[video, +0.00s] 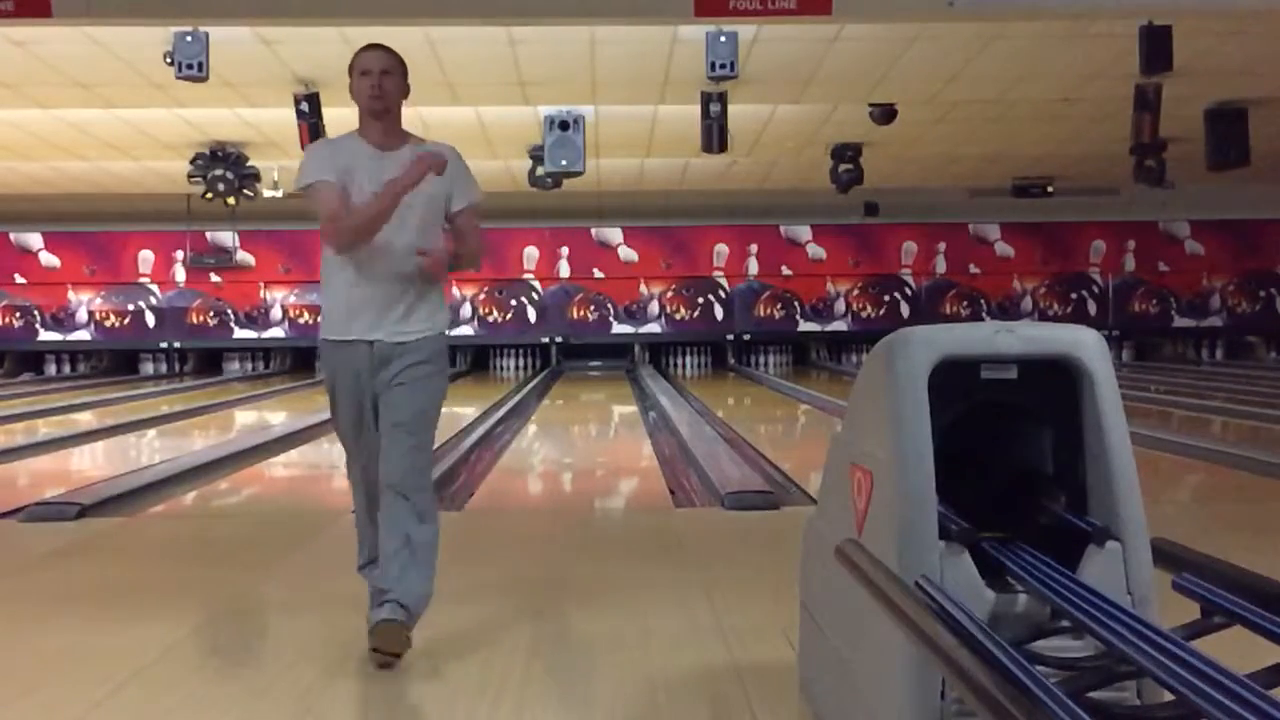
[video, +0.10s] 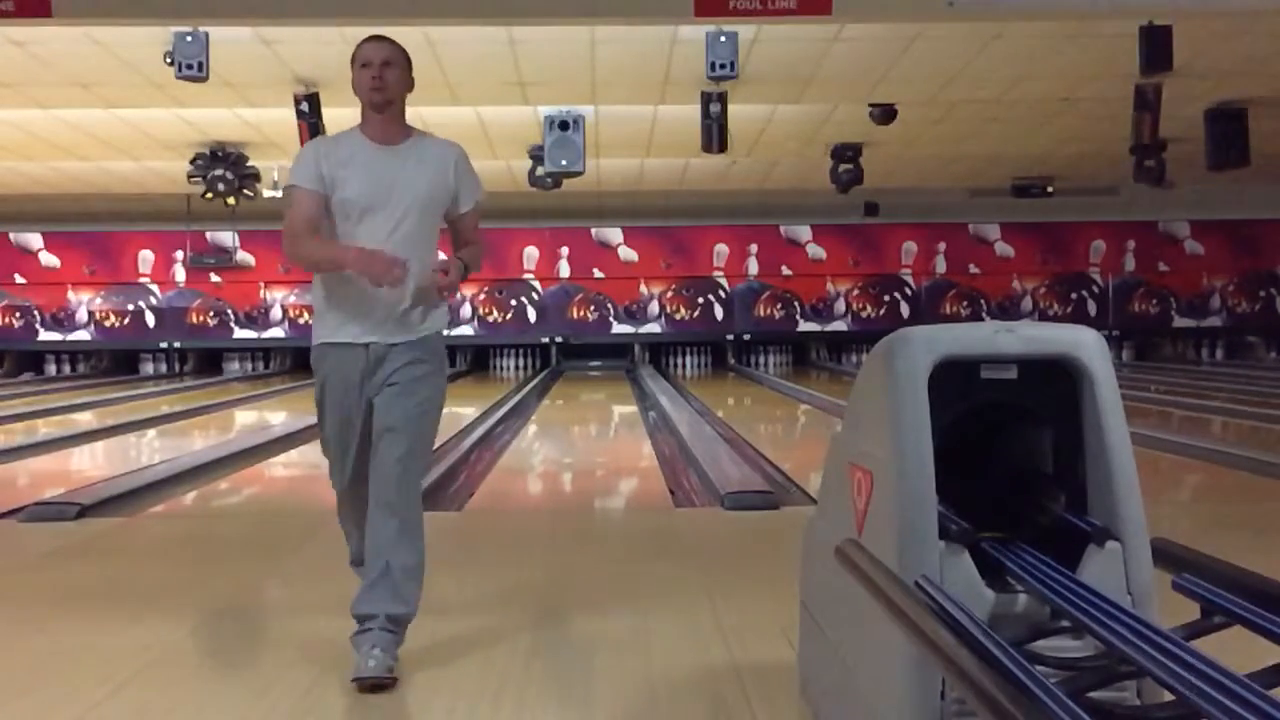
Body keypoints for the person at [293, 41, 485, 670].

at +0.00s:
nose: (375, 83)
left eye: (386, 74)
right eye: (364, 75)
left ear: (406, 88)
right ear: (351, 88)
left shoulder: (441, 160)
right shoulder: (326, 156)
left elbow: (472, 246)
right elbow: (342, 233)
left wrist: (451, 255)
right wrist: (406, 181)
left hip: (417, 338)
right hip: (347, 339)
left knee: (404, 473)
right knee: (366, 473)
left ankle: (396, 609)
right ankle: (381, 589)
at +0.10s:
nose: (375, 75)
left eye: (387, 65)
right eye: (365, 66)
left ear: (410, 80)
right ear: (352, 81)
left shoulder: (445, 159)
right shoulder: (320, 156)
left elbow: (471, 245)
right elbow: (297, 244)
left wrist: (458, 266)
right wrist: (355, 257)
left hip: (415, 345)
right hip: (341, 346)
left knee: (395, 486)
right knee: (352, 486)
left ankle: (379, 635)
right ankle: (377, 588)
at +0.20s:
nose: (373, 59)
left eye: (386, 49)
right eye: (363, 50)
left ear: (411, 66)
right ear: (350, 66)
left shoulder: (448, 150)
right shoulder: (315, 147)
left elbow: (471, 242)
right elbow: (284, 238)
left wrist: (455, 273)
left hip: (415, 343)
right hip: (334, 344)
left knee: (395, 490)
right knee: (331, 488)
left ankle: (378, 636)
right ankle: (367, 583)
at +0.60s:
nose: (345, 15)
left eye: (363, 6)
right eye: (334, 7)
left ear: (392, 25)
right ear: (321, 26)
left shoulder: (437, 117)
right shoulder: (287, 122)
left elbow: (471, 215)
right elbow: (258, 227)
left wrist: (462, 271)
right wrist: (241, 317)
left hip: (406, 351)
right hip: (313, 348)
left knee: (392, 511)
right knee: (327, 518)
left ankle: (381, 634)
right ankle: (321, 690)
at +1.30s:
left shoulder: (504, 39)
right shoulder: (293, 21)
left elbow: (526, 201)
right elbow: (246, 149)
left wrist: (537, 344)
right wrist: (209, 247)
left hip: (464, 345)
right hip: (329, 348)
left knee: (461, 590)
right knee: (321, 585)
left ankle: (448, 714)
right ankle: (319, 708)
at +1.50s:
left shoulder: (548, 8)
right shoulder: (300, 6)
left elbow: (595, 172)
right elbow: (266, 179)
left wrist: (617, 322)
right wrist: (252, 362)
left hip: (500, 338)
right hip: (346, 332)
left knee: (472, 627)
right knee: (376, 616)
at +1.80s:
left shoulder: (622, 5)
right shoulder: (311, 7)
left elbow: (679, 141)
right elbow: (290, 155)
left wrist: (714, 246)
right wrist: (298, 358)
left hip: (566, 367)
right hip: (398, 361)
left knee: (523, 674)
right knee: (442, 690)